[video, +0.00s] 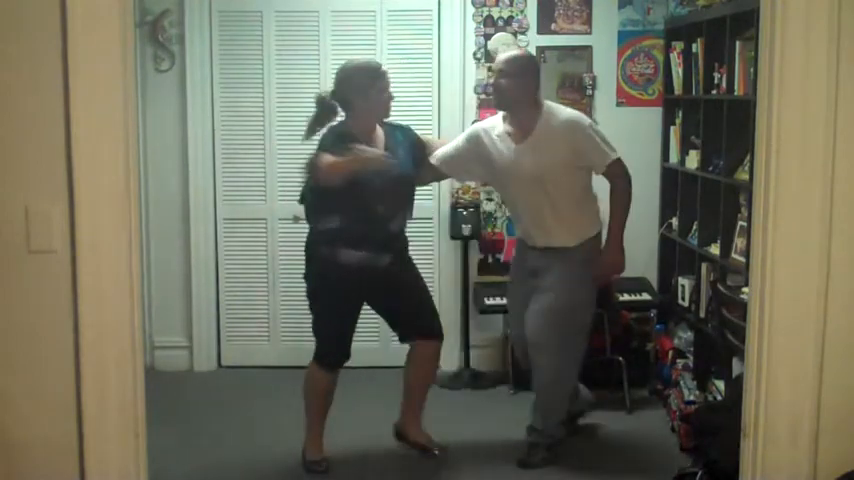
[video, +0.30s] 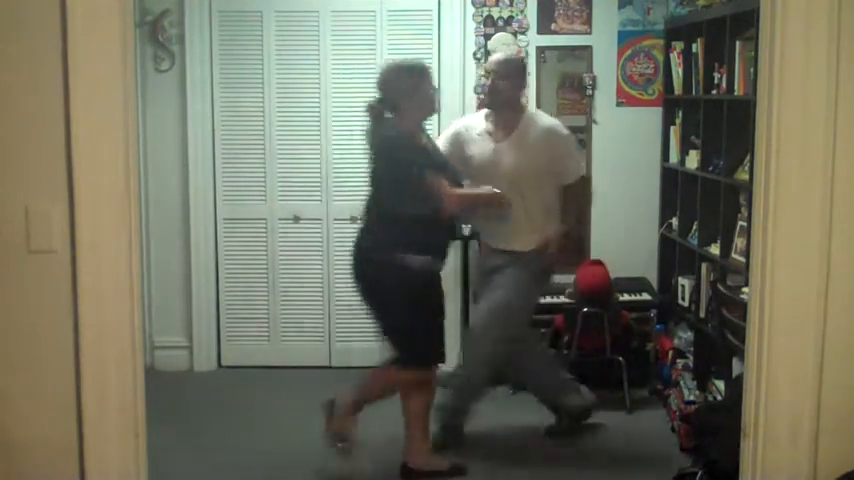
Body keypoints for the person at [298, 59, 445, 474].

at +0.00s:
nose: (390, 95)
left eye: (389, 88)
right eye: (382, 90)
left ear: (378, 97)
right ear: (357, 97)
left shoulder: (402, 138)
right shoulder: (334, 140)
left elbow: (446, 157)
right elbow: (323, 173)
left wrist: (482, 147)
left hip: (388, 260)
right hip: (336, 263)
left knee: (428, 336)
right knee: (330, 354)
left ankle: (410, 424)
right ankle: (314, 443)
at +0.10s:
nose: (397, 96)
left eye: (395, 89)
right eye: (388, 90)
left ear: (385, 96)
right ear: (362, 98)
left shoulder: (405, 137)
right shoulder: (345, 142)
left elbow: (447, 152)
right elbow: (372, 185)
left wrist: (483, 145)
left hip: (393, 263)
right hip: (342, 265)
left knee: (427, 341)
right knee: (334, 354)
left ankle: (421, 443)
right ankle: (314, 444)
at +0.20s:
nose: (412, 95)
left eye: (410, 89)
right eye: (404, 89)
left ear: (399, 96)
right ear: (380, 97)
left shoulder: (414, 138)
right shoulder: (365, 145)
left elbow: (431, 183)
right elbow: (408, 191)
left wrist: (453, 193)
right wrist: (473, 185)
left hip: (408, 265)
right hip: (361, 266)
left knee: (423, 352)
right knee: (354, 360)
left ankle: (418, 451)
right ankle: (318, 437)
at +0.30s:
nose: (435, 94)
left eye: (432, 87)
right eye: (428, 88)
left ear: (408, 97)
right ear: (408, 95)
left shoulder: (418, 138)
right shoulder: (397, 141)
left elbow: (449, 187)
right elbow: (442, 198)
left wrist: (481, 197)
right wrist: (487, 198)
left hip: (416, 258)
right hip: (390, 259)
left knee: (423, 358)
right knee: (418, 360)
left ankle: (418, 454)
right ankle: (346, 405)